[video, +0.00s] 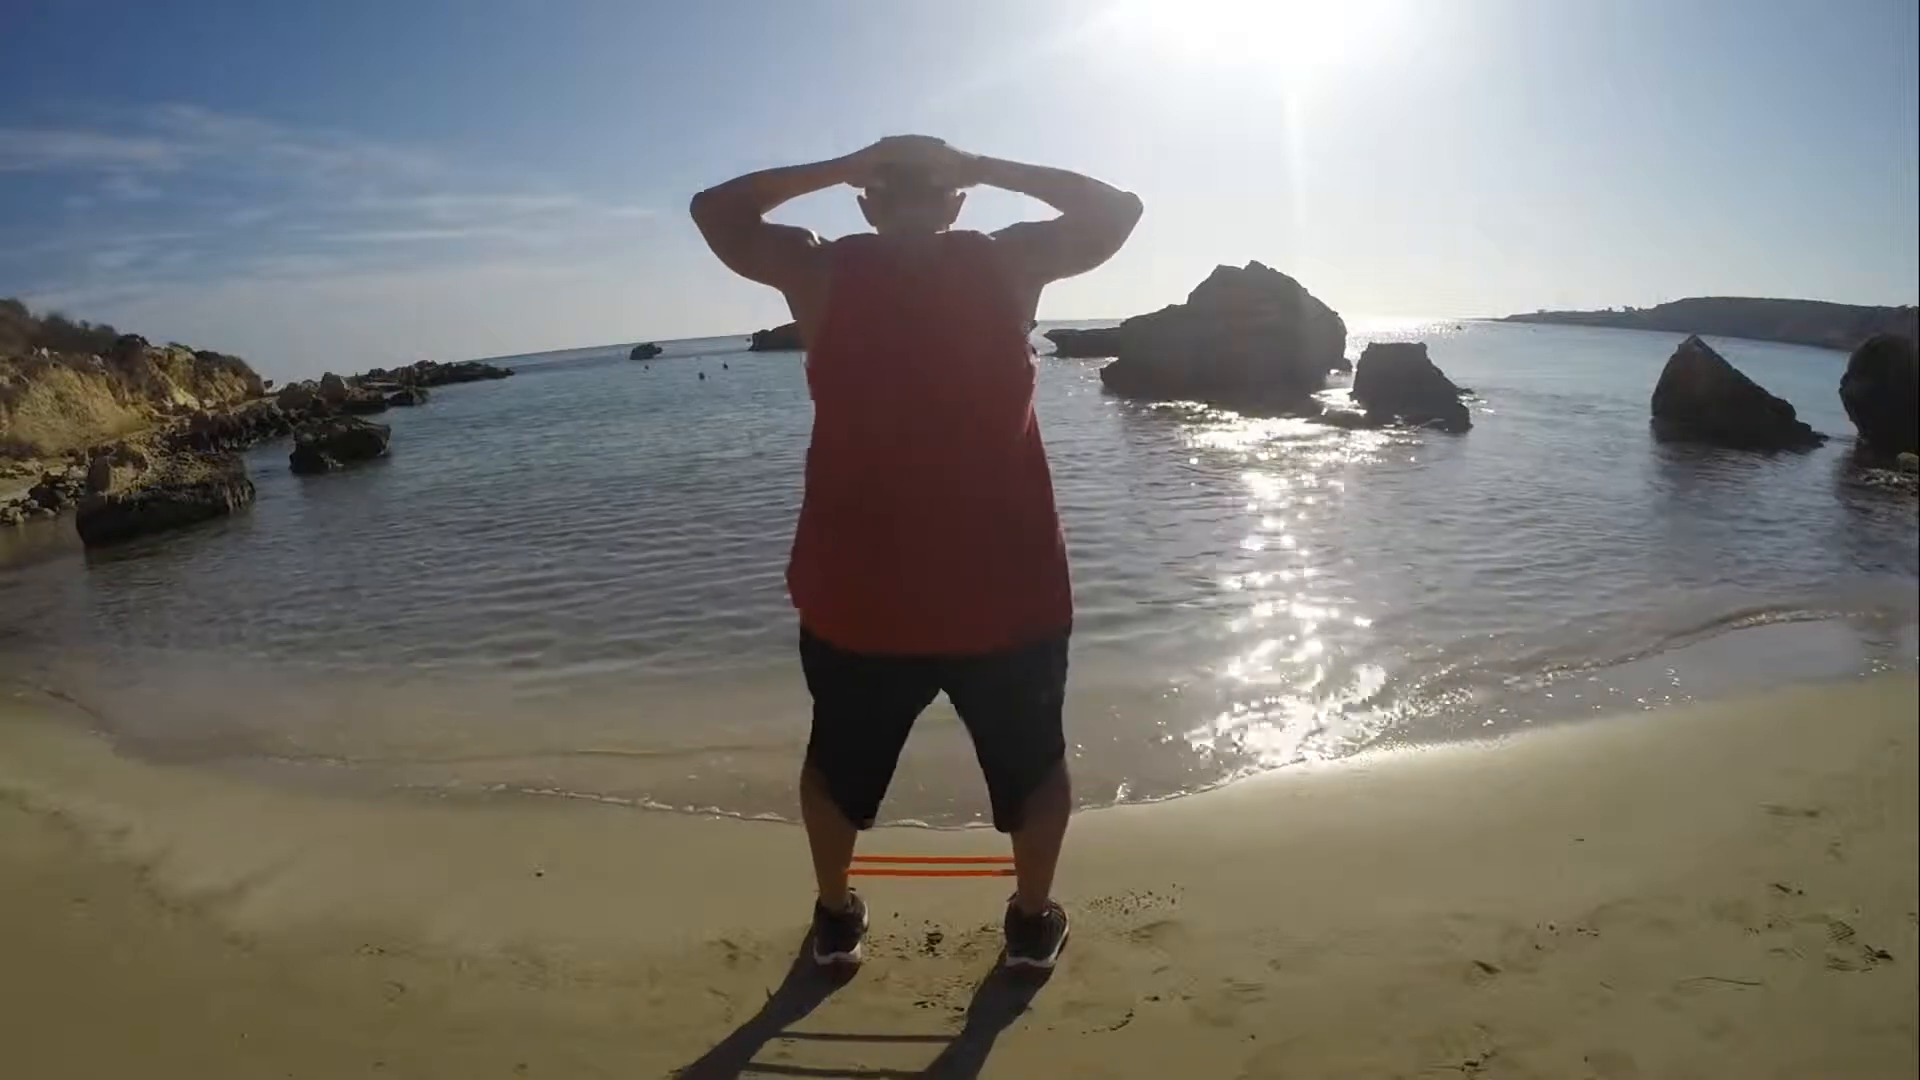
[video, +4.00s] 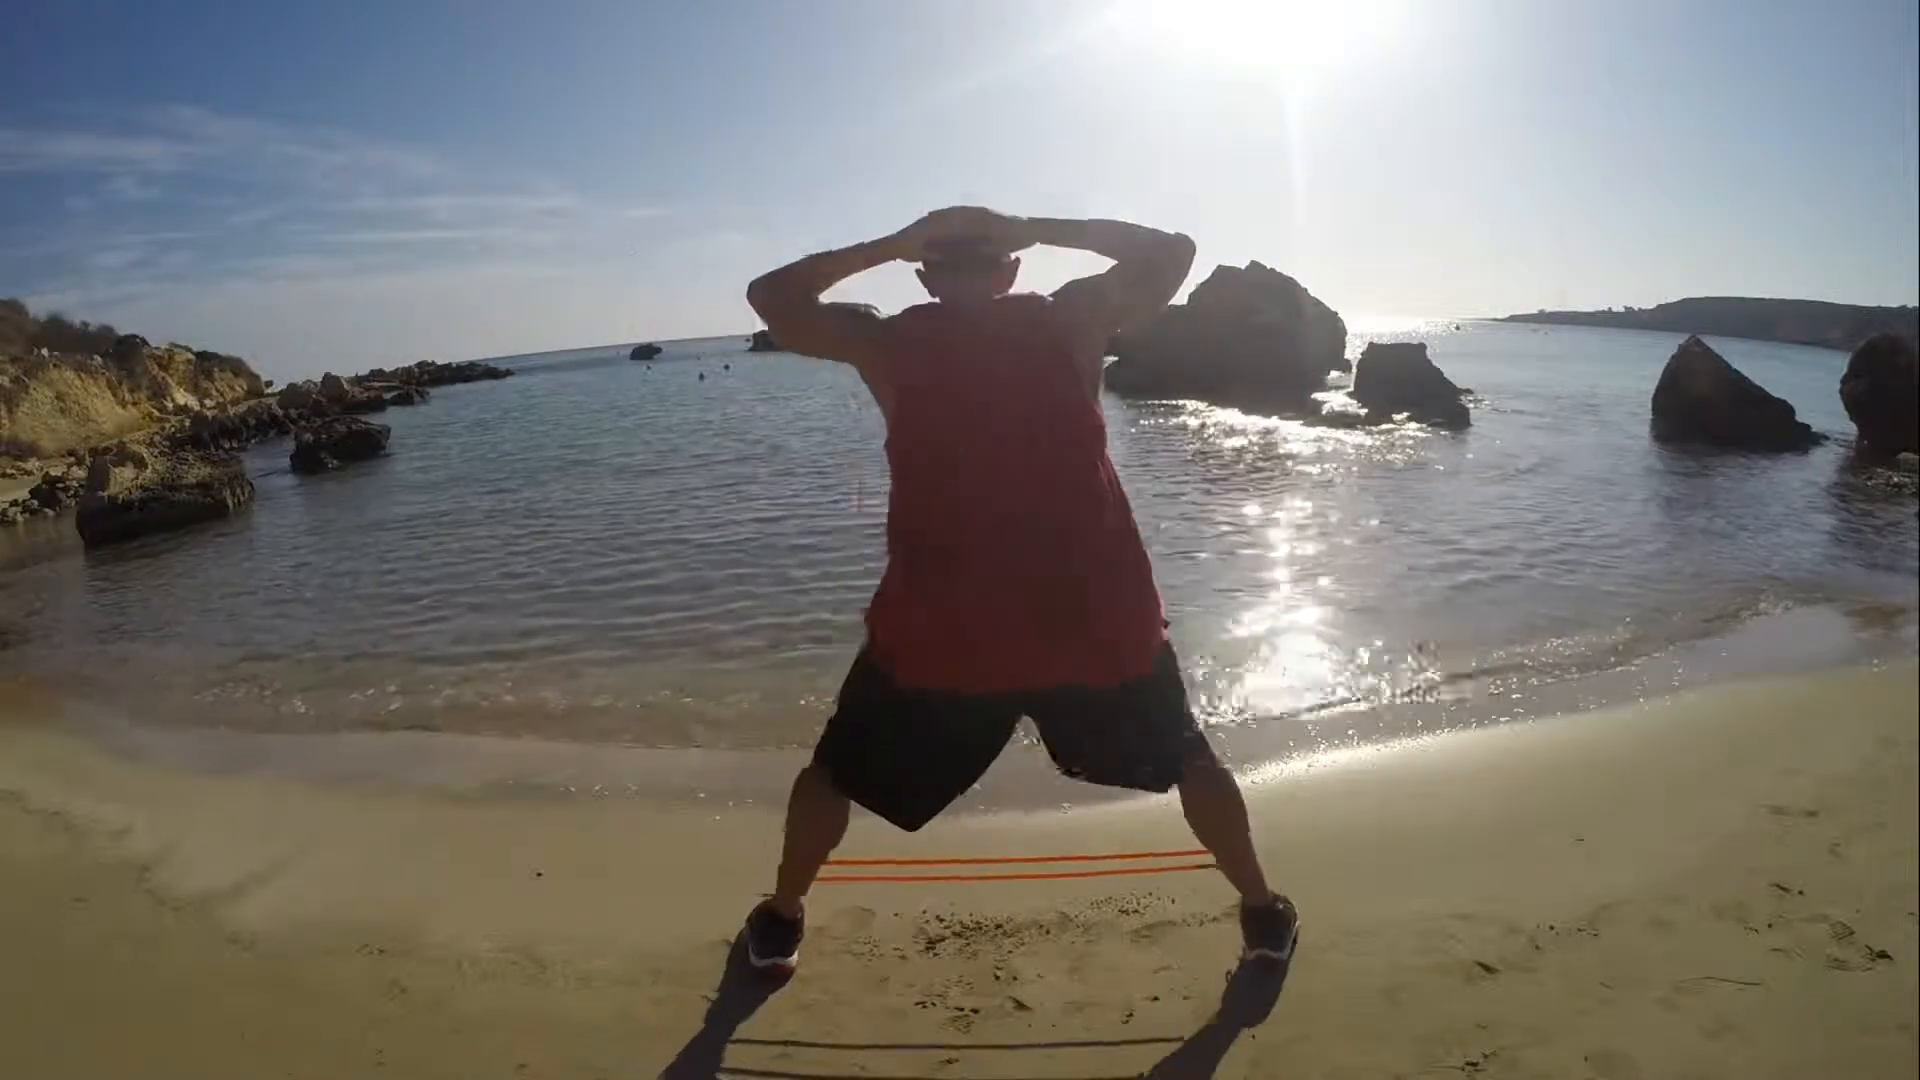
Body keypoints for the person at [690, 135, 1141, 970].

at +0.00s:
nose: (923, 190)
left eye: (908, 176)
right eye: (930, 177)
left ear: (865, 197)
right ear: (959, 197)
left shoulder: (818, 272)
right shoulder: (1007, 263)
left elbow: (714, 209)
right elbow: (1115, 210)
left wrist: (839, 168)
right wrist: (983, 167)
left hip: (860, 582)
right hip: (1001, 577)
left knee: (838, 756)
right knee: (1032, 761)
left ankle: (834, 912)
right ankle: (1032, 918)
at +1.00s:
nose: (898, 289)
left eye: (894, 279)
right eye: (899, 278)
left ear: (863, 297)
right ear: (950, 294)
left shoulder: (817, 363)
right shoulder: (998, 357)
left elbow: (718, 307)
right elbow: (1089, 312)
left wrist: (834, 269)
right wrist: (974, 266)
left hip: (856, 636)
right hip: (989, 632)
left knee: (829, 768)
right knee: (1029, 770)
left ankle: (832, 916)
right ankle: (1029, 917)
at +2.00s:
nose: (1034, 246)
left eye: (1036, 231)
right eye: (1037, 229)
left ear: (1028, 240)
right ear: (1105, 235)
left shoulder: (999, 312)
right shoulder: (1167, 293)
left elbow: (866, 270)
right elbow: (1247, 243)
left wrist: (990, 221)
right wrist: (1127, 210)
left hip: (1036, 578)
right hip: (1179, 579)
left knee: (936, 743)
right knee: (1232, 748)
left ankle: (873, 896)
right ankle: (1257, 907)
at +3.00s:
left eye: (961, 247)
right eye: (999, 247)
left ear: (942, 260)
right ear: (1025, 263)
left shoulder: (891, 327)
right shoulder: (1072, 325)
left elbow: (779, 269)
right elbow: (1179, 279)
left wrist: (908, 236)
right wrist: (1057, 236)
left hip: (907, 607)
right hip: (1055, 607)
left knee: (807, 764)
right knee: (1169, 758)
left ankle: (769, 926)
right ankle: (1238, 903)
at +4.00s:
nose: (951, 270)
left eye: (944, 259)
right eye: (963, 255)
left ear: (924, 274)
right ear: (1010, 267)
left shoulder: (892, 341)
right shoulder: (1071, 320)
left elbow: (773, 297)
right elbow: (1169, 250)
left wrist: (893, 246)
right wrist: (1031, 230)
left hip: (943, 618)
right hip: (1092, 614)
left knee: (835, 769)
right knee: (1187, 755)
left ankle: (780, 918)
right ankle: (1262, 909)